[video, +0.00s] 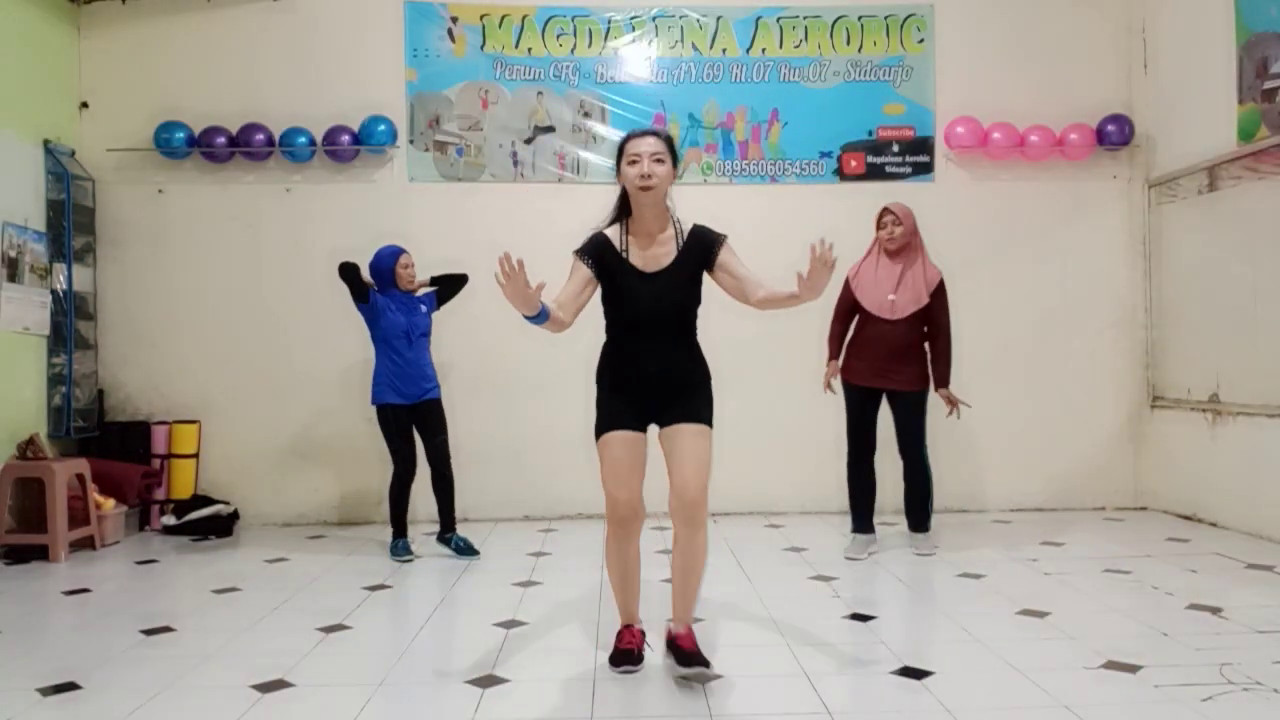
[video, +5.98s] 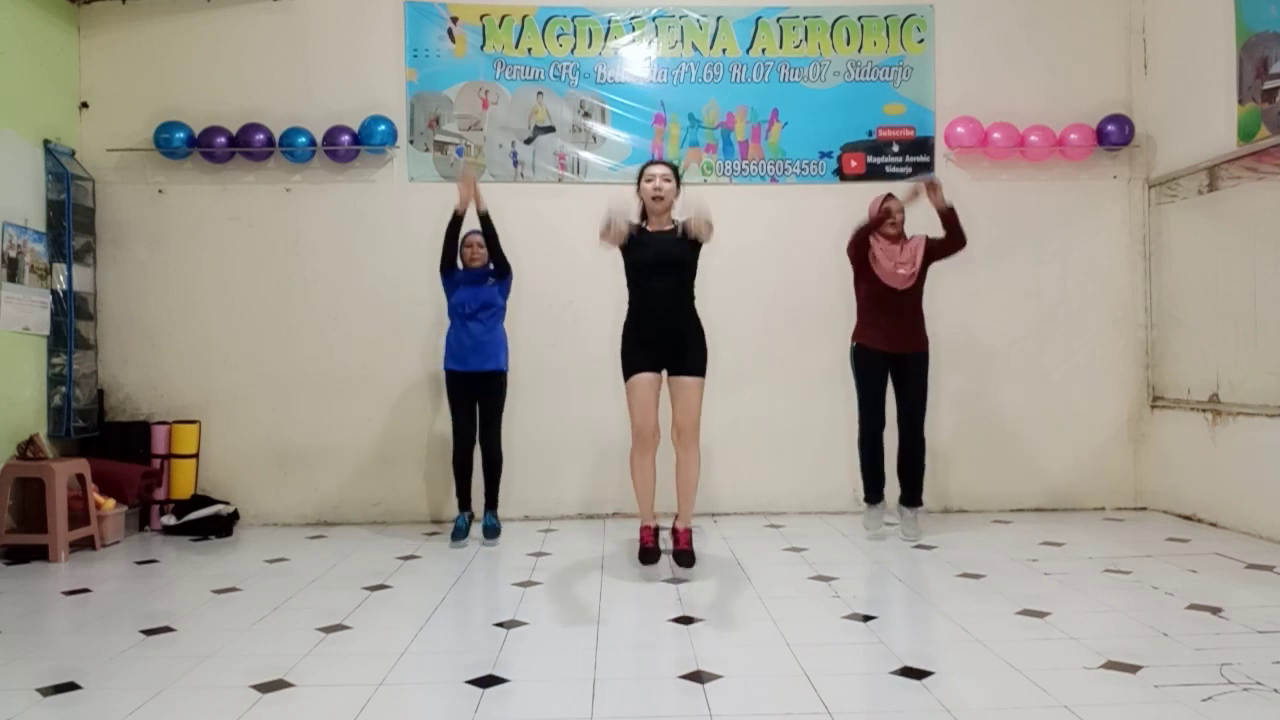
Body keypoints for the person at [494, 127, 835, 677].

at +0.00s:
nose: (646, 168)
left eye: (656, 159)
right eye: (634, 161)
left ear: (673, 172)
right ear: (620, 175)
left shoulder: (699, 242)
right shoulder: (602, 247)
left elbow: (754, 292)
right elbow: (561, 318)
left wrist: (804, 293)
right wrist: (531, 308)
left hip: (683, 383)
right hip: (620, 385)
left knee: (691, 503)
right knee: (623, 509)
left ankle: (682, 628)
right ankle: (629, 627)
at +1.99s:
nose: (667, 219)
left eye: (674, 211)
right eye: (657, 210)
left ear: (682, 217)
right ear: (640, 216)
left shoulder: (697, 268)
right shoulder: (622, 269)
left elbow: (723, 312)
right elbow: (599, 326)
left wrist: (707, 352)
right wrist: (620, 357)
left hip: (684, 374)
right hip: (636, 375)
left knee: (695, 464)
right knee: (637, 474)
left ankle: (684, 550)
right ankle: (641, 564)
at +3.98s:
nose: (655, 220)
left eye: (662, 214)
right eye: (647, 216)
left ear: (674, 225)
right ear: (637, 229)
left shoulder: (693, 273)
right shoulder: (627, 269)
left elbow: (707, 328)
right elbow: (625, 271)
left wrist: (676, 362)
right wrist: (640, 245)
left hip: (681, 371)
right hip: (638, 371)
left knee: (681, 462)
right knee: (648, 458)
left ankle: (674, 545)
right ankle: (644, 536)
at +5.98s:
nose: (657, 185)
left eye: (665, 180)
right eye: (650, 180)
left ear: (676, 191)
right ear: (639, 191)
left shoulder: (689, 231)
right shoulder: (631, 232)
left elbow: (701, 229)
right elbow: (615, 233)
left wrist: (699, 225)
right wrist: (613, 227)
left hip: (686, 339)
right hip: (641, 339)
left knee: (686, 435)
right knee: (644, 436)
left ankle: (683, 528)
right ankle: (648, 527)